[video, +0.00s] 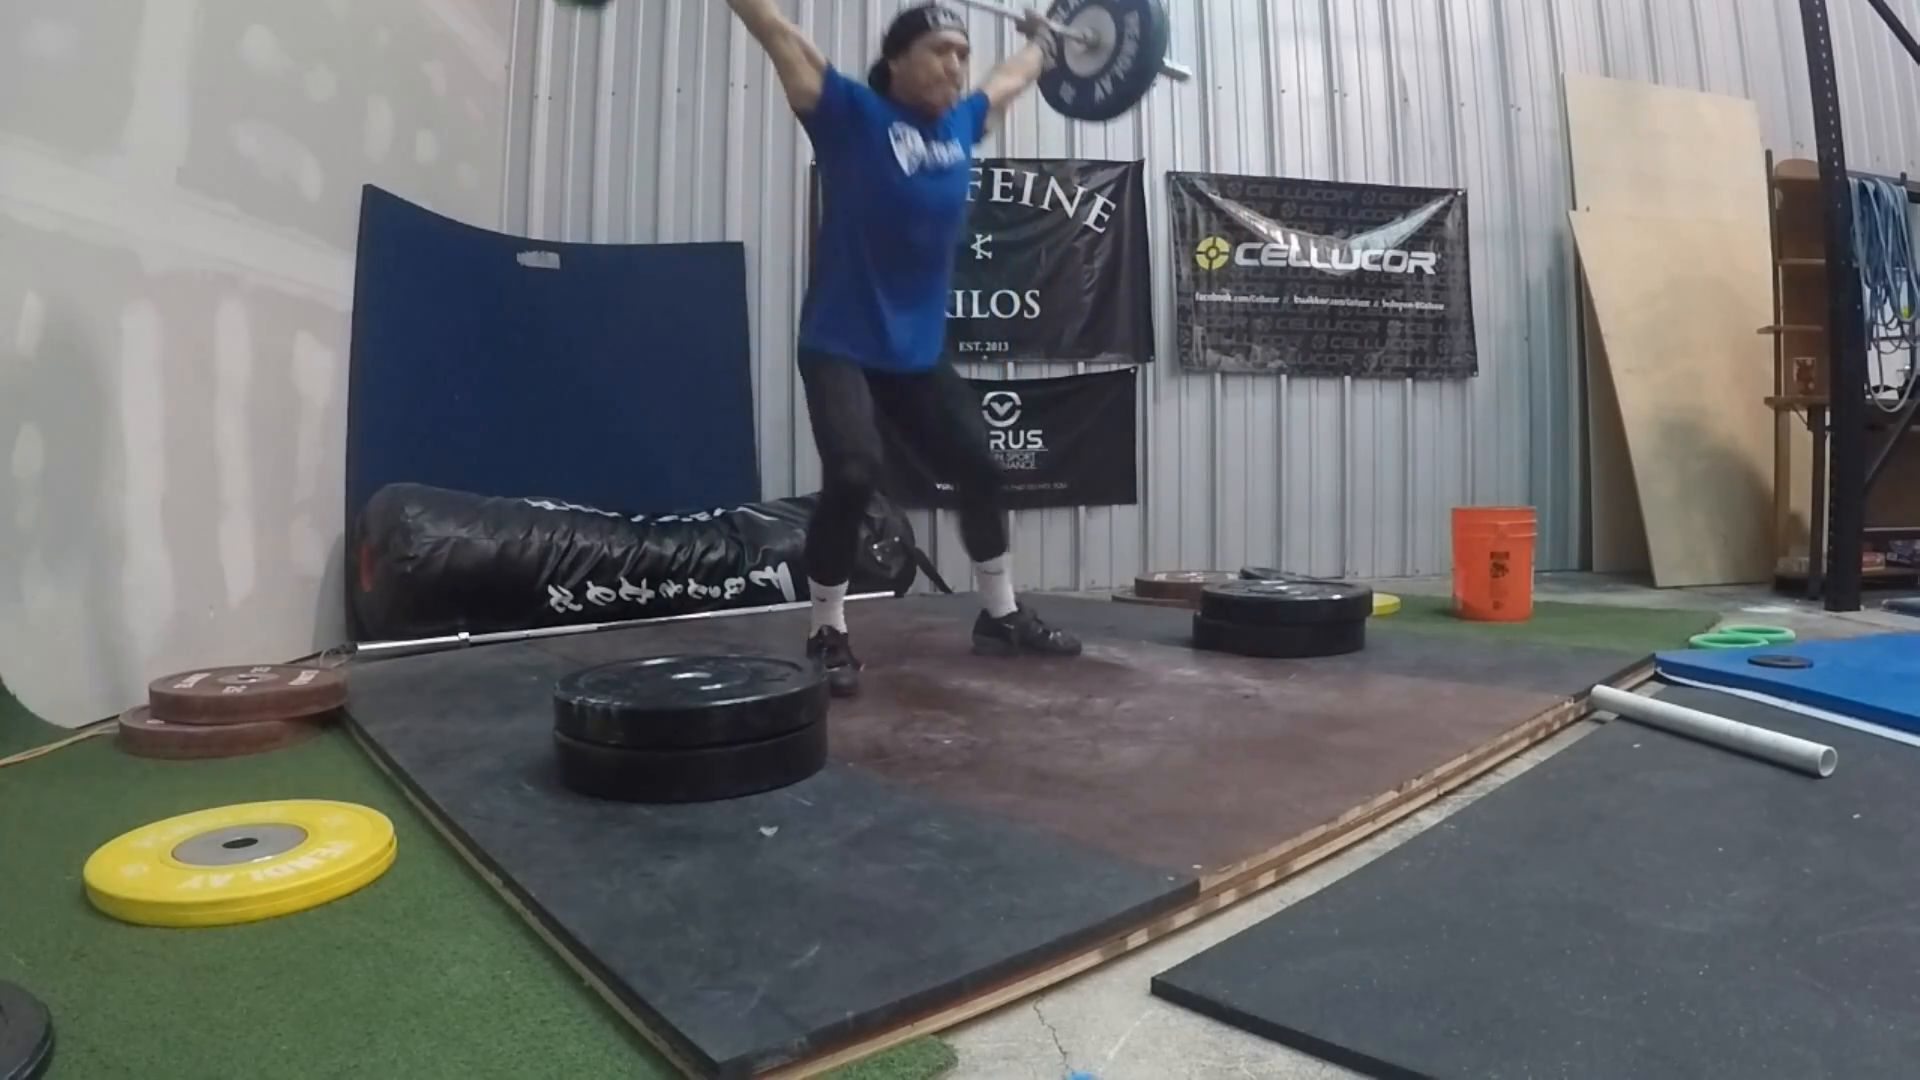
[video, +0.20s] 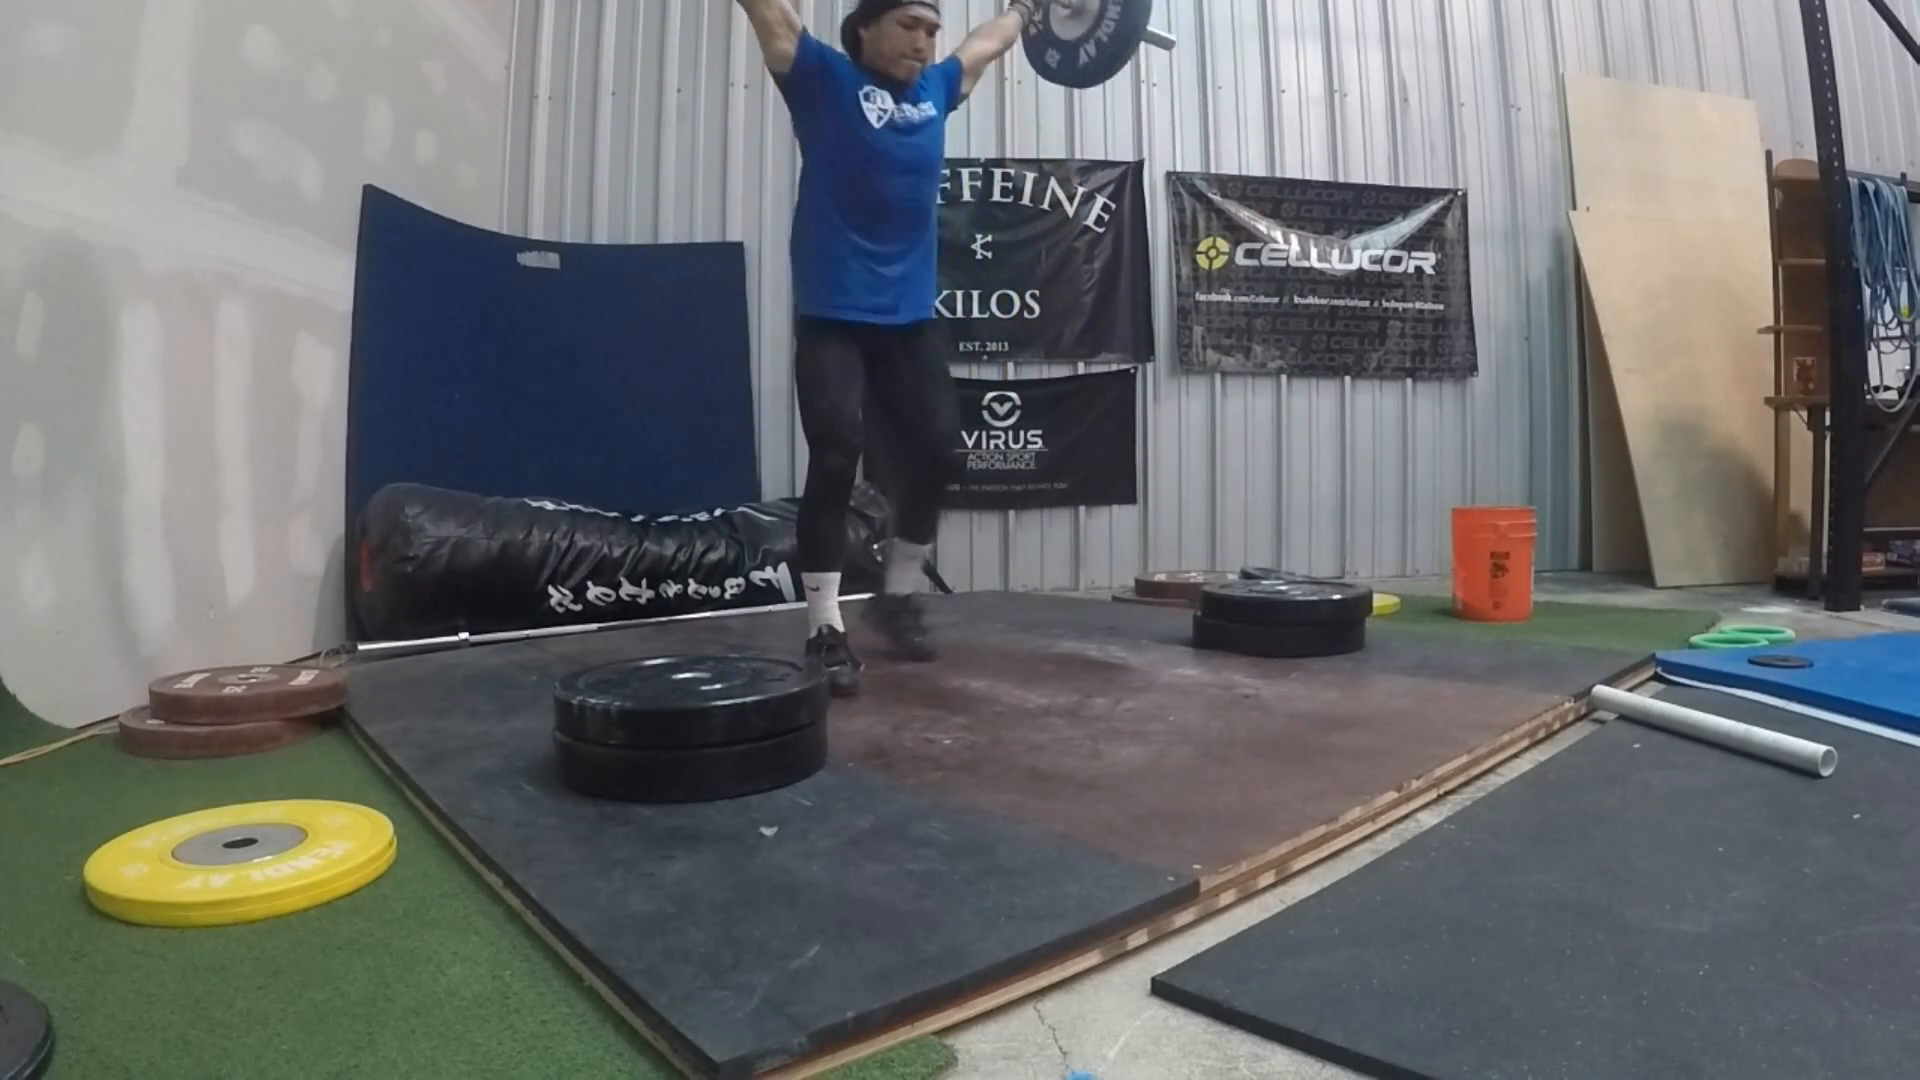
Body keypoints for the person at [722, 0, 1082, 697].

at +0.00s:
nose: (953, 68)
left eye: (959, 57)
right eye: (939, 52)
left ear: (962, 69)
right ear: (895, 60)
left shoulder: (959, 124)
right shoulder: (848, 112)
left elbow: (1011, 80)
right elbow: (775, 32)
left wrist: (1042, 40)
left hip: (917, 353)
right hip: (839, 345)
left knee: (981, 472)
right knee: (853, 475)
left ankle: (1001, 617)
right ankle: (827, 634)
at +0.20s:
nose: (923, 41)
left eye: (929, 29)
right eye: (910, 25)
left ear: (931, 41)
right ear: (864, 30)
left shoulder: (935, 88)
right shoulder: (820, 76)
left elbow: (988, 42)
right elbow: (762, 12)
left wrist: (1030, 6)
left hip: (910, 318)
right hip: (830, 316)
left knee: (940, 456)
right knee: (835, 458)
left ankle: (901, 588)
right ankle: (824, 627)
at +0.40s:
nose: (907, 52)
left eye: (913, 42)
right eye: (894, 38)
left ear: (917, 54)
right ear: (851, 42)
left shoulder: (920, 100)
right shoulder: (812, 92)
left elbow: (976, 53)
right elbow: (752, 24)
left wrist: (1020, 18)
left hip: (902, 321)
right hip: (829, 319)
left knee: (889, 464)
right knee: (833, 461)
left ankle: (875, 612)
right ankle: (826, 629)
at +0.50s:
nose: (891, 64)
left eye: (897, 53)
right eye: (879, 50)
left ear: (900, 61)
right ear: (836, 52)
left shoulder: (907, 113)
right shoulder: (797, 110)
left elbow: (970, 69)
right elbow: (731, 34)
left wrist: (1015, 23)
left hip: (900, 327)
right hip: (828, 328)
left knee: (897, 469)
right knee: (831, 463)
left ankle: (878, 613)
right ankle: (826, 629)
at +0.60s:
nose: (863, 79)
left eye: (870, 69)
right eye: (849, 67)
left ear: (874, 75)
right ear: (809, 72)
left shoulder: (887, 131)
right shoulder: (777, 126)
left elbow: (958, 106)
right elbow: (702, 82)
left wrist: (1004, 51)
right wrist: (690, 8)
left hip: (897, 331)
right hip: (824, 332)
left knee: (901, 468)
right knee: (828, 463)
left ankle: (880, 614)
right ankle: (822, 629)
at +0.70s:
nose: (846, 91)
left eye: (852, 81)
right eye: (832, 78)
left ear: (856, 86)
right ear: (792, 82)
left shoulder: (869, 144)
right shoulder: (763, 139)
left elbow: (938, 161)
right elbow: (683, 140)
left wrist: (996, 117)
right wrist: (691, 66)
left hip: (883, 328)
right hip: (812, 330)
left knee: (883, 465)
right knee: (817, 454)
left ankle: (879, 614)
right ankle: (805, 612)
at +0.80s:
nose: (835, 96)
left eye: (841, 86)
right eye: (823, 83)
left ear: (846, 93)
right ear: (783, 88)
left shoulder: (855, 156)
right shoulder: (746, 148)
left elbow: (928, 215)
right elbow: (675, 201)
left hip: (866, 328)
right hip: (796, 329)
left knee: (870, 459)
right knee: (809, 449)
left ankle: (878, 612)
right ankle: (757, 585)